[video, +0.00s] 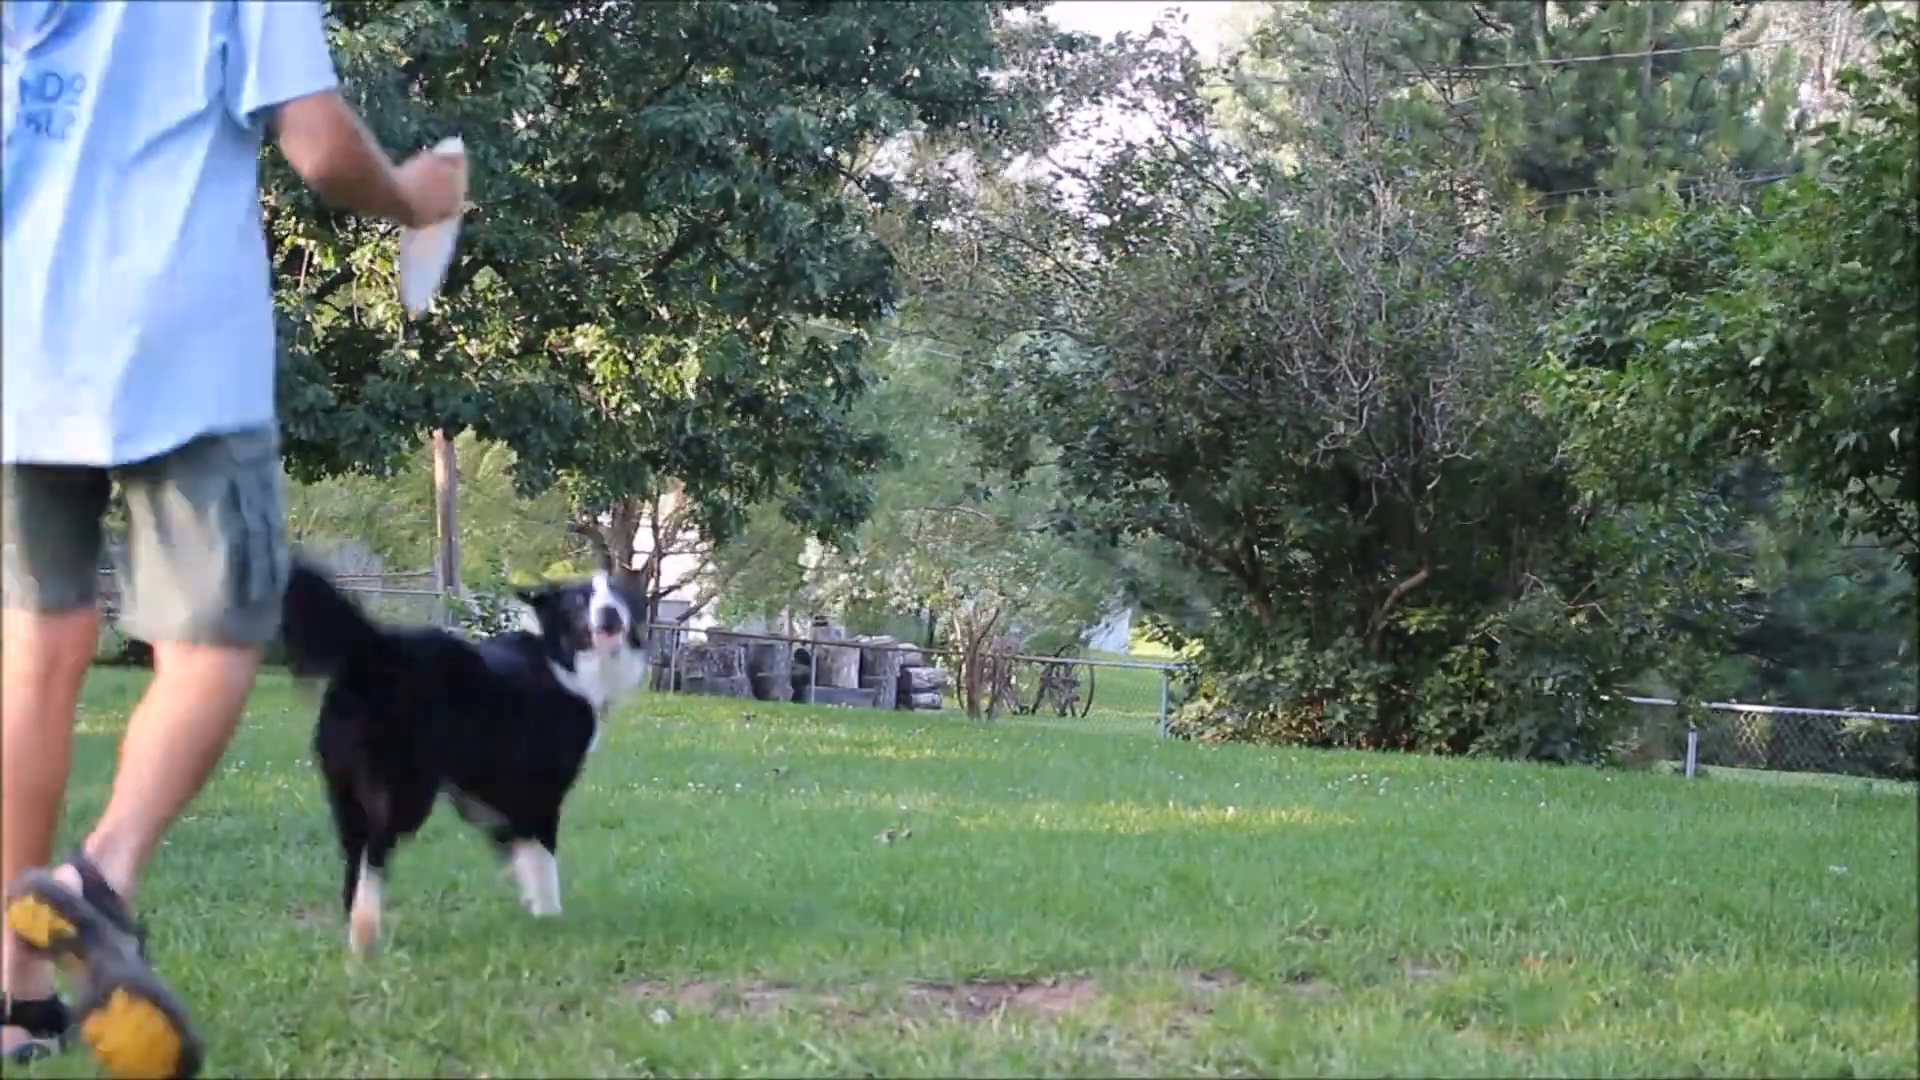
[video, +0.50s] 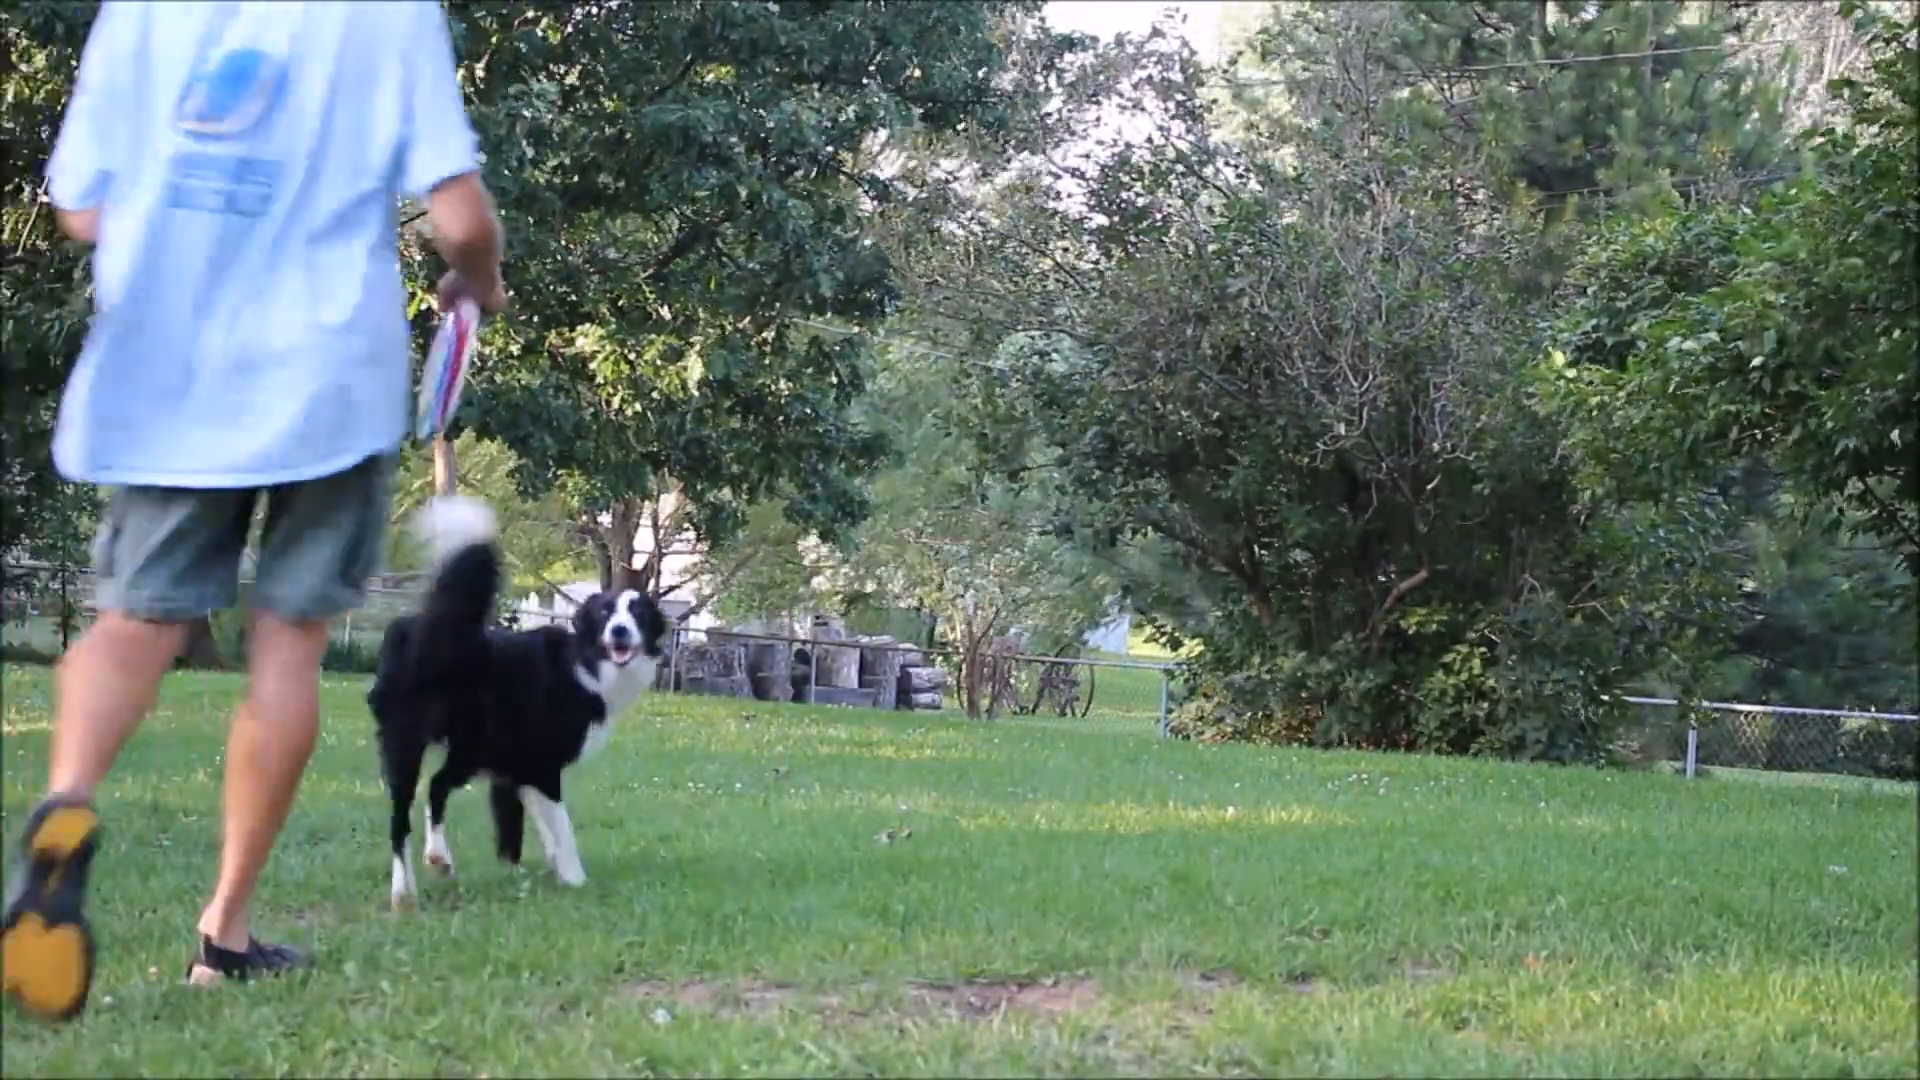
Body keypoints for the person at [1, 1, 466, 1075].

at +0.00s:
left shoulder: (27, 16)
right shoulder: (244, 3)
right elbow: (321, 148)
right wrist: (409, 192)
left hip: (16, 337)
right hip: (178, 335)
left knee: (36, 644)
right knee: (211, 641)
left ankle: (20, 991)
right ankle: (104, 872)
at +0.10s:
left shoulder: (30, 16)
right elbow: (332, 130)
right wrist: (417, 190)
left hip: (32, 313)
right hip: (204, 309)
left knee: (45, 625)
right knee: (240, 598)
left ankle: (17, 982)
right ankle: (134, 893)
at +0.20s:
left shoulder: (30, 10)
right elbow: (346, 142)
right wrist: (430, 177)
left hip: (44, 319)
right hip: (220, 313)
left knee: (56, 631)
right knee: (240, 615)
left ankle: (20, 981)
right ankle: (205, 941)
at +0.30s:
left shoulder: (35, 12)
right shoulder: (301, 5)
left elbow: (20, 154)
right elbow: (366, 176)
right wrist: (448, 192)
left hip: (70, 330)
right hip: (244, 337)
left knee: (72, 630)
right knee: (244, 637)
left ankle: (18, 971)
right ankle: (252, 921)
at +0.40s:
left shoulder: (80, 9)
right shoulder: (349, 9)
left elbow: (28, 196)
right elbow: (412, 198)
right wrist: (473, 250)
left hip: (116, 354)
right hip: (284, 361)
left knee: (98, 618)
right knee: (259, 646)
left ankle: (25, 907)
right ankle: (225, 930)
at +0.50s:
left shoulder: (141, 7)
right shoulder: (393, 12)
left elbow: (80, 211)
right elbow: (458, 219)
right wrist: (479, 276)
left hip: (167, 372)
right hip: (328, 378)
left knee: (137, 614)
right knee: (287, 646)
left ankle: (67, 797)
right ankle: (225, 930)